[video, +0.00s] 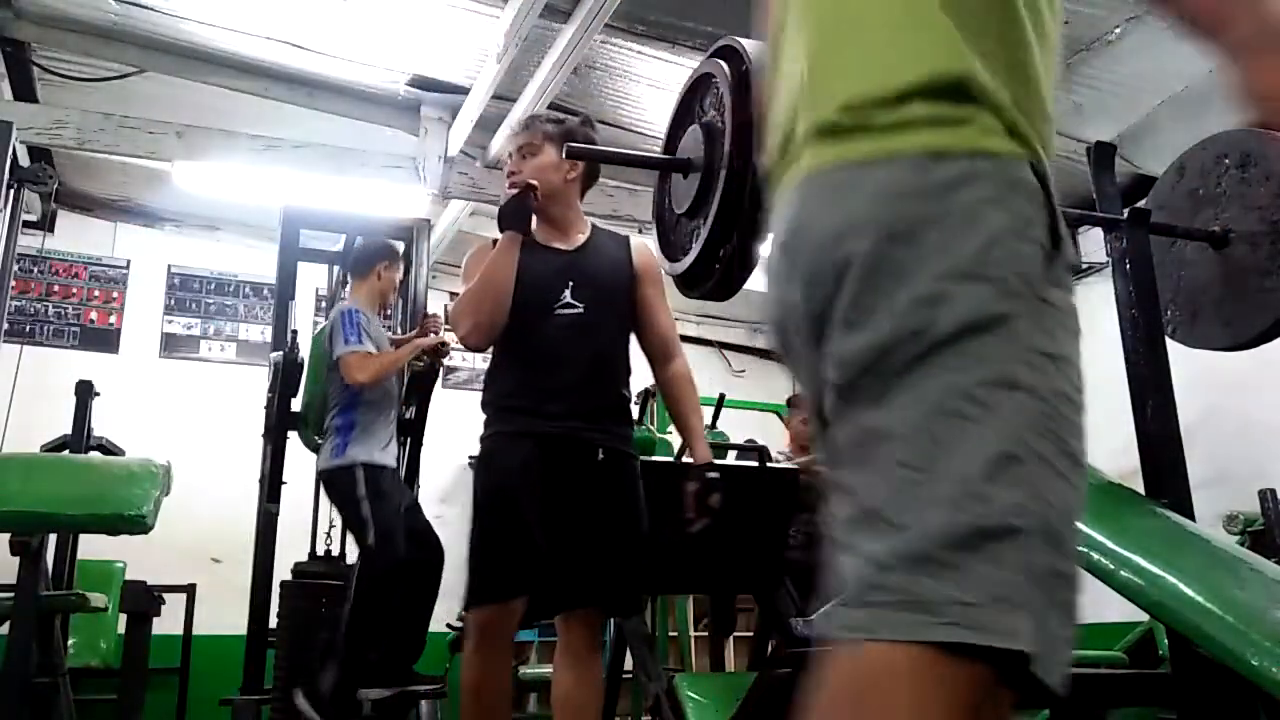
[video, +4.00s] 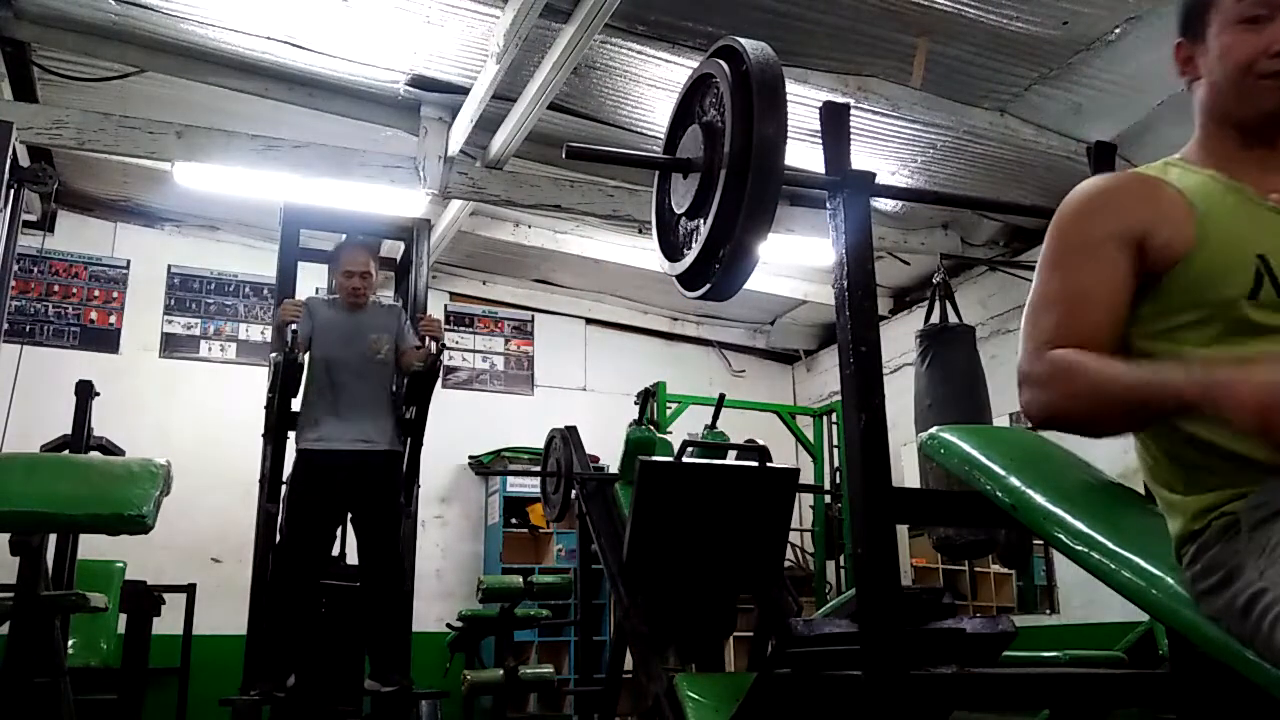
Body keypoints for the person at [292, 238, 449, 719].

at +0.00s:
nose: (398, 286)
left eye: (399, 277)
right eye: (397, 276)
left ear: (369, 271)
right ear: (381, 270)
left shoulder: (369, 322)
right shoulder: (350, 315)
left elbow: (377, 364)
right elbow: (357, 371)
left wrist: (414, 340)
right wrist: (411, 349)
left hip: (381, 465)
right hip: (353, 465)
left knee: (427, 553)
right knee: (389, 557)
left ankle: (392, 673)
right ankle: (337, 684)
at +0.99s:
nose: (348, 278)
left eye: (357, 270)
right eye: (340, 270)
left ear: (374, 270)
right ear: (328, 270)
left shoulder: (393, 316)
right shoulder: (317, 308)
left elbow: (419, 361)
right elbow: (341, 352)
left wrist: (424, 366)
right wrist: (403, 345)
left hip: (376, 462)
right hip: (317, 458)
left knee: (395, 570)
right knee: (283, 568)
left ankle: (395, 673)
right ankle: (265, 674)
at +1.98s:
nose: (348, 288)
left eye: (357, 280)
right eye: (342, 280)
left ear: (379, 277)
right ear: (335, 277)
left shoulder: (403, 314)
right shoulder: (326, 311)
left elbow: (420, 373)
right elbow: (308, 355)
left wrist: (426, 341)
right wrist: (293, 318)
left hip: (377, 455)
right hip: (320, 453)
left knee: (385, 568)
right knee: (294, 561)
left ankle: (395, 670)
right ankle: (281, 667)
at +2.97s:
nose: (366, 283)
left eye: (374, 276)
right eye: (358, 274)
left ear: (385, 279)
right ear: (343, 275)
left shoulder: (401, 317)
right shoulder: (320, 312)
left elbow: (414, 375)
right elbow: (303, 365)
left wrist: (429, 344)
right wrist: (289, 332)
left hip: (379, 458)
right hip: (320, 454)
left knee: (386, 573)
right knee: (296, 566)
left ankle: (394, 675)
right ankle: (282, 671)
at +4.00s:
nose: (357, 283)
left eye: (364, 276)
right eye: (348, 275)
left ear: (376, 278)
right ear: (334, 276)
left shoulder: (392, 316)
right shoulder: (314, 312)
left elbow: (412, 367)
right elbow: (286, 350)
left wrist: (431, 348)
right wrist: (281, 326)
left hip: (377, 455)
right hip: (318, 454)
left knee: (383, 570)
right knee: (298, 564)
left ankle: (385, 671)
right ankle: (284, 670)